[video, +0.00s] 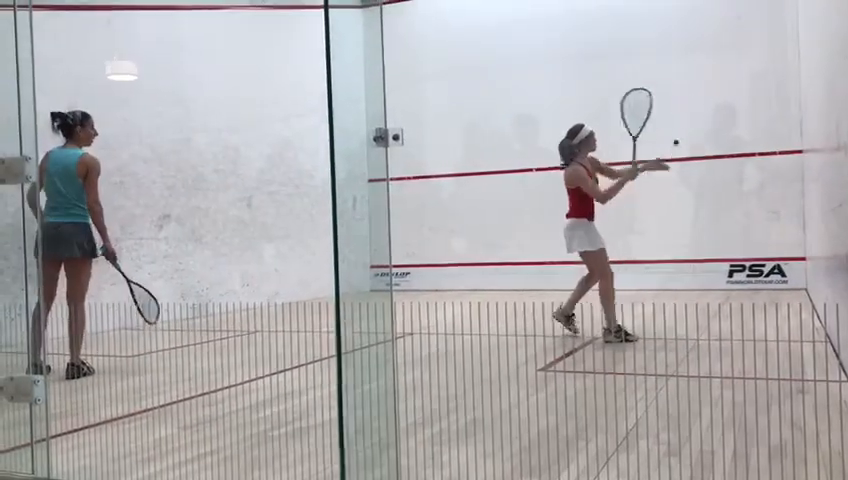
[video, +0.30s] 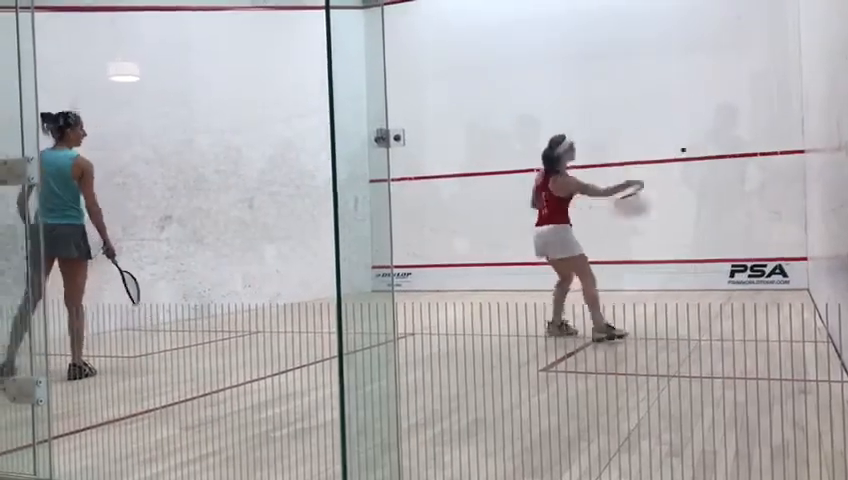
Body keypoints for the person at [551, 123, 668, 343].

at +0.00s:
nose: (595, 140)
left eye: (593, 137)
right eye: (592, 138)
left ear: (580, 144)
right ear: (582, 144)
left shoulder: (589, 162)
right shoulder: (575, 171)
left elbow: (615, 173)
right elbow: (601, 198)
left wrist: (648, 166)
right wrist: (625, 178)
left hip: (582, 226)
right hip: (580, 227)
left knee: (595, 273)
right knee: (605, 275)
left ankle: (565, 311)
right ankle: (612, 328)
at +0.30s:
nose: (573, 151)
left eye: (572, 148)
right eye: (570, 149)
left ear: (552, 156)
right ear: (563, 156)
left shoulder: (541, 178)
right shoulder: (568, 182)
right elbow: (602, 192)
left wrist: (556, 204)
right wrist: (627, 184)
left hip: (542, 233)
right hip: (560, 234)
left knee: (565, 277)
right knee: (588, 278)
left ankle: (556, 322)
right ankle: (600, 326)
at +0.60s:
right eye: (537, 149)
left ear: (521, 152)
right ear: (540, 152)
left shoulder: (507, 175)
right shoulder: (543, 178)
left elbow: (484, 199)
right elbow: (521, 204)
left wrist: (468, 213)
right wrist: (491, 210)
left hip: (513, 232)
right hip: (533, 230)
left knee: (536, 281)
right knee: (537, 282)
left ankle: (551, 323)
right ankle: (509, 320)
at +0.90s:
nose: (475, 150)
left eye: (476, 147)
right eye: (479, 146)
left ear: (477, 148)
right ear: (494, 147)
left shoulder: (469, 167)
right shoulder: (501, 173)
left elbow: (469, 190)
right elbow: (507, 208)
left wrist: (472, 212)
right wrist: (490, 217)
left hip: (472, 225)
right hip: (495, 224)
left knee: (465, 278)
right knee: (501, 279)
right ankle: (502, 325)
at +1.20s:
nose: (421, 153)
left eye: (422, 150)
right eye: (423, 150)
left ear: (426, 152)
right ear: (443, 153)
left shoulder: (416, 170)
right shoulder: (451, 175)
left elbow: (407, 203)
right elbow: (465, 209)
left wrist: (396, 222)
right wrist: (452, 228)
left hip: (423, 229)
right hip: (446, 228)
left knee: (418, 284)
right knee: (463, 282)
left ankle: (418, 332)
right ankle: (477, 327)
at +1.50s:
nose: (399, 148)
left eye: (397, 147)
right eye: (404, 147)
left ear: (391, 153)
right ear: (411, 154)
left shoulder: (381, 172)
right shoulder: (416, 175)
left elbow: (374, 200)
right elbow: (427, 212)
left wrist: (386, 181)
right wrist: (416, 231)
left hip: (383, 230)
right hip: (406, 230)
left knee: (394, 286)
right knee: (400, 286)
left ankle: (411, 330)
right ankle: (382, 332)